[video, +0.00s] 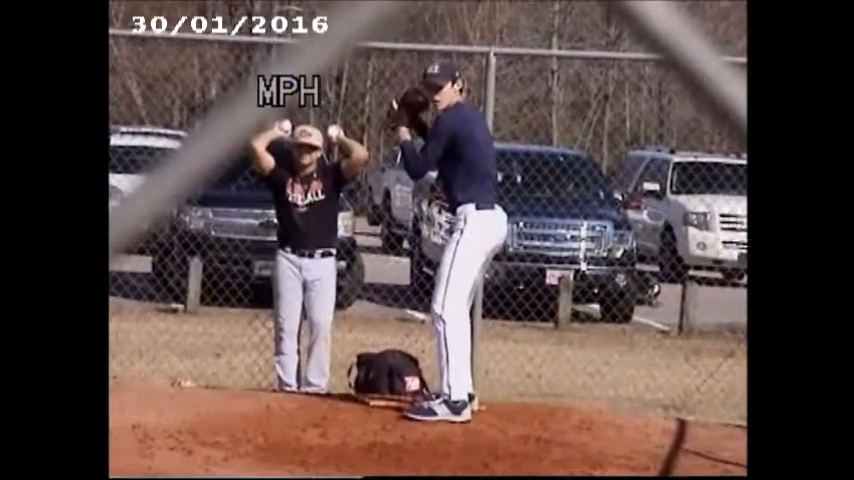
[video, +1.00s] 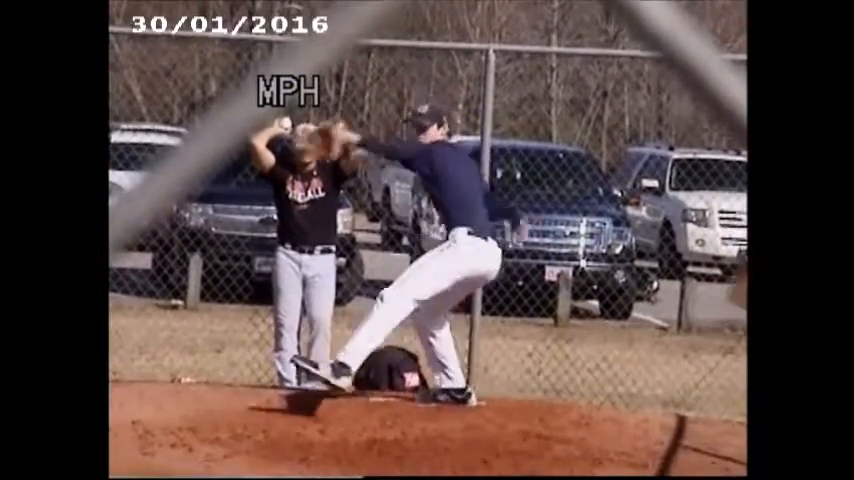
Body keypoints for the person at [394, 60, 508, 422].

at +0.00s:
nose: (432, 94)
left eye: (439, 87)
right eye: (430, 87)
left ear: (459, 86)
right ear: (447, 88)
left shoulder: (450, 119)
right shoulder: (470, 116)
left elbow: (417, 167)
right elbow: (435, 162)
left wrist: (404, 137)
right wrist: (414, 138)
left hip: (473, 218)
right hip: (487, 216)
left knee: (446, 307)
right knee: (456, 306)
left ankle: (455, 396)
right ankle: (461, 392)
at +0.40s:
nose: (427, 107)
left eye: (431, 100)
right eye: (424, 101)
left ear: (453, 93)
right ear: (455, 96)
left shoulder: (443, 125)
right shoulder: (475, 117)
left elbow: (406, 164)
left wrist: (399, 124)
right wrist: (418, 107)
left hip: (474, 216)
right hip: (496, 217)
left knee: (416, 288)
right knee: (447, 300)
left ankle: (441, 373)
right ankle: (461, 386)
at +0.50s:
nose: (424, 106)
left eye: (426, 100)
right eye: (421, 101)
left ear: (444, 90)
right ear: (448, 91)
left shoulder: (438, 122)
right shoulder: (474, 110)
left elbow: (398, 158)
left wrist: (406, 119)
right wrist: (420, 106)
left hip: (475, 212)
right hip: (499, 215)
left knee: (402, 255)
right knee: (457, 299)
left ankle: (440, 329)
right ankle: (459, 387)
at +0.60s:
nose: (417, 104)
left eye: (420, 97)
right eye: (415, 98)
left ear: (441, 90)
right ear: (446, 92)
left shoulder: (432, 120)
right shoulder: (473, 111)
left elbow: (389, 159)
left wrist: (416, 128)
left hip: (472, 212)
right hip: (500, 216)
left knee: (394, 234)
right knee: (461, 301)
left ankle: (427, 314)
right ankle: (459, 387)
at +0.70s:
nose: (416, 110)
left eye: (420, 103)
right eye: (414, 104)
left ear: (440, 97)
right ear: (444, 99)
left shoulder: (431, 127)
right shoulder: (472, 118)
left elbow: (388, 168)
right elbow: (484, 162)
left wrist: (411, 133)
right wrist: (450, 192)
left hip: (472, 216)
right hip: (503, 221)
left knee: (394, 236)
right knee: (458, 303)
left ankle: (402, 320)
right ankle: (460, 389)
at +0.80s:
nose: (420, 113)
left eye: (424, 106)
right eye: (418, 107)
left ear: (443, 102)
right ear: (444, 105)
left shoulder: (437, 131)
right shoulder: (469, 129)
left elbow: (392, 155)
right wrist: (446, 197)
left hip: (471, 221)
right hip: (500, 228)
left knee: (394, 252)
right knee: (445, 301)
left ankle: (368, 339)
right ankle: (457, 386)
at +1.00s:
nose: (418, 133)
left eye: (424, 128)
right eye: (417, 128)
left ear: (442, 128)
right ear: (444, 131)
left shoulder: (431, 154)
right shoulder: (466, 157)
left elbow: (393, 150)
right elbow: (488, 198)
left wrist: (359, 139)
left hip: (465, 247)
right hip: (490, 253)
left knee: (396, 297)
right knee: (428, 315)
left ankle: (343, 368)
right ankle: (454, 387)